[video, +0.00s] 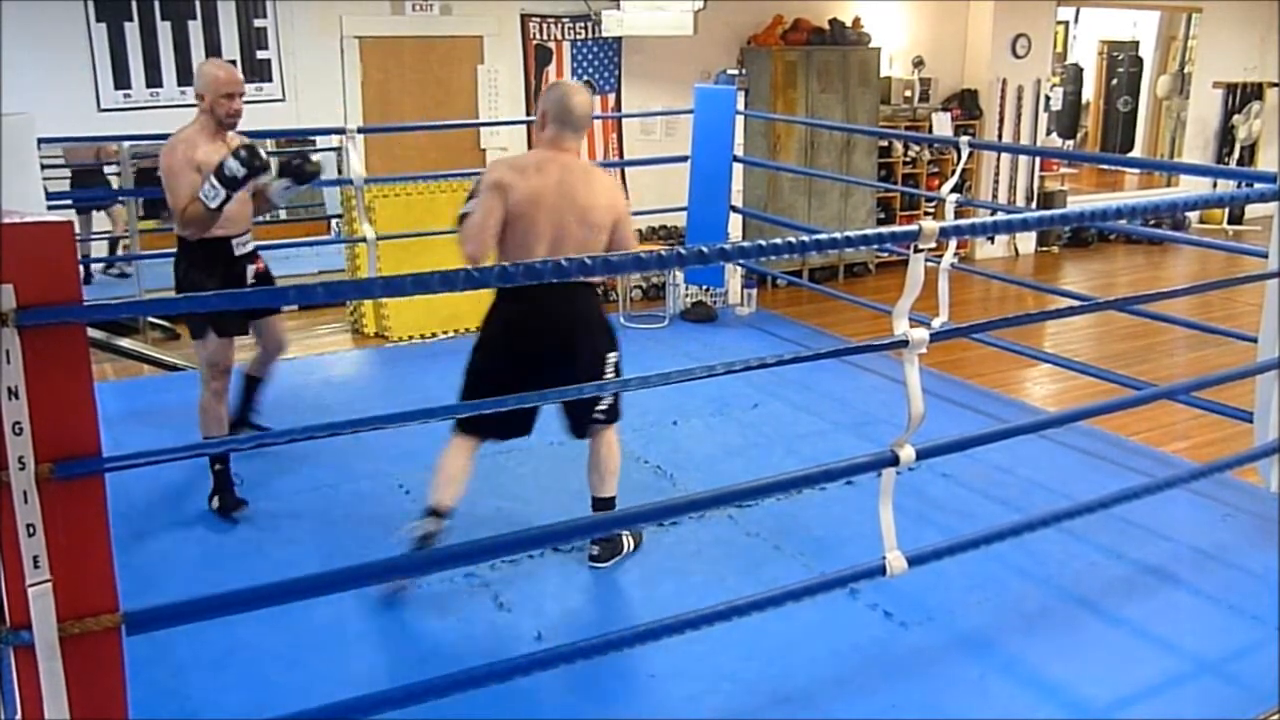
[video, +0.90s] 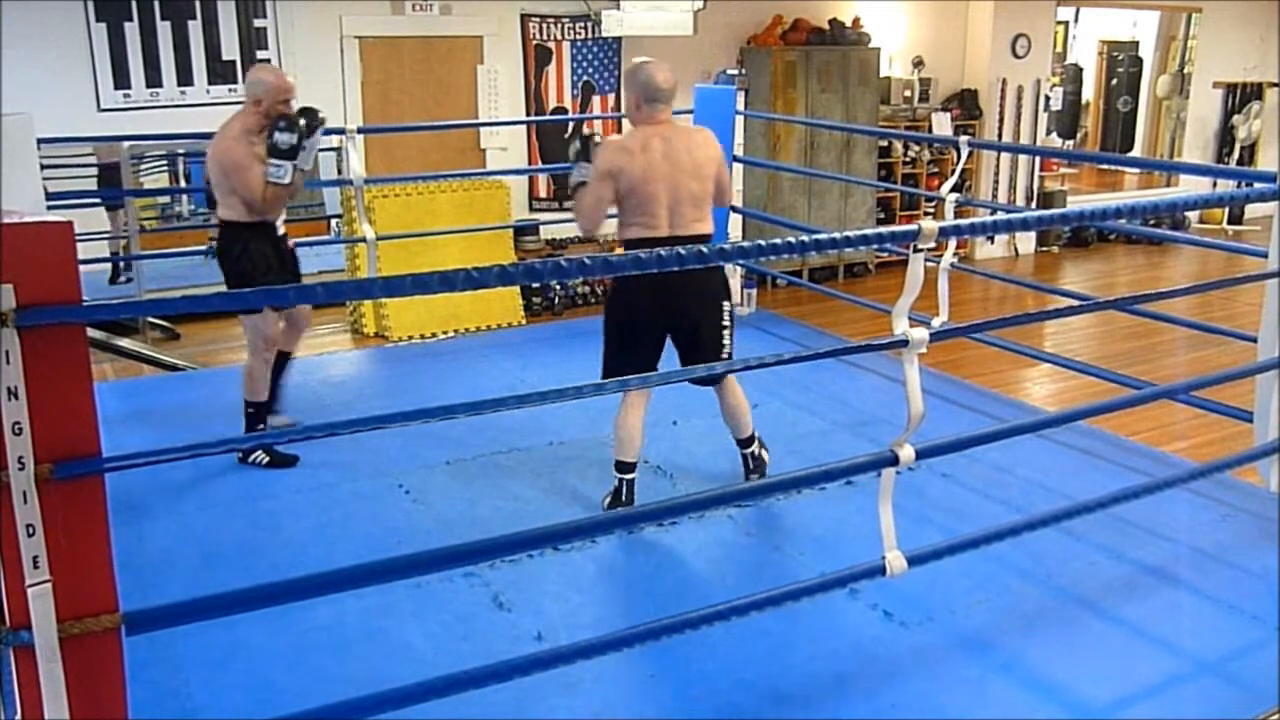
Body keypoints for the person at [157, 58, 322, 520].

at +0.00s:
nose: (238, 106)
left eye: (241, 96)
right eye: (229, 98)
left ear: (242, 96)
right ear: (202, 100)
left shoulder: (239, 143)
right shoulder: (179, 150)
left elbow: (253, 206)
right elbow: (188, 224)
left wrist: (286, 183)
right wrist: (224, 183)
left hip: (244, 253)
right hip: (202, 262)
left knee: (273, 343)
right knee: (217, 374)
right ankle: (222, 484)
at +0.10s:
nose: (235, 114)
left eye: (237, 105)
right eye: (225, 107)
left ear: (238, 103)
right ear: (199, 108)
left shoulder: (230, 147)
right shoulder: (177, 158)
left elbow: (239, 211)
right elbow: (184, 230)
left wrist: (269, 194)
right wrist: (222, 197)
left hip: (233, 259)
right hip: (197, 266)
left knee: (224, 350)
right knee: (214, 375)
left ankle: (197, 410)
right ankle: (221, 483)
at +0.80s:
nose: (275, 113)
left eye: (275, 105)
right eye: (268, 108)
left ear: (250, 108)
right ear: (244, 109)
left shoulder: (255, 137)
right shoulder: (220, 152)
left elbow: (278, 196)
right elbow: (246, 216)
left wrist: (294, 158)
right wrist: (269, 172)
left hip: (255, 241)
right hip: (232, 247)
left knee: (265, 333)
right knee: (271, 343)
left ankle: (216, 404)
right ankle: (256, 441)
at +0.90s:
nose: (291, 108)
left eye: (291, 100)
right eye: (284, 102)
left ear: (264, 102)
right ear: (260, 103)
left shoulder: (265, 132)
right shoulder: (231, 145)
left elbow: (289, 193)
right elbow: (267, 207)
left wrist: (305, 149)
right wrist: (283, 158)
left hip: (269, 233)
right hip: (243, 240)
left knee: (298, 317)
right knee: (263, 339)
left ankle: (267, 405)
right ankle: (254, 438)